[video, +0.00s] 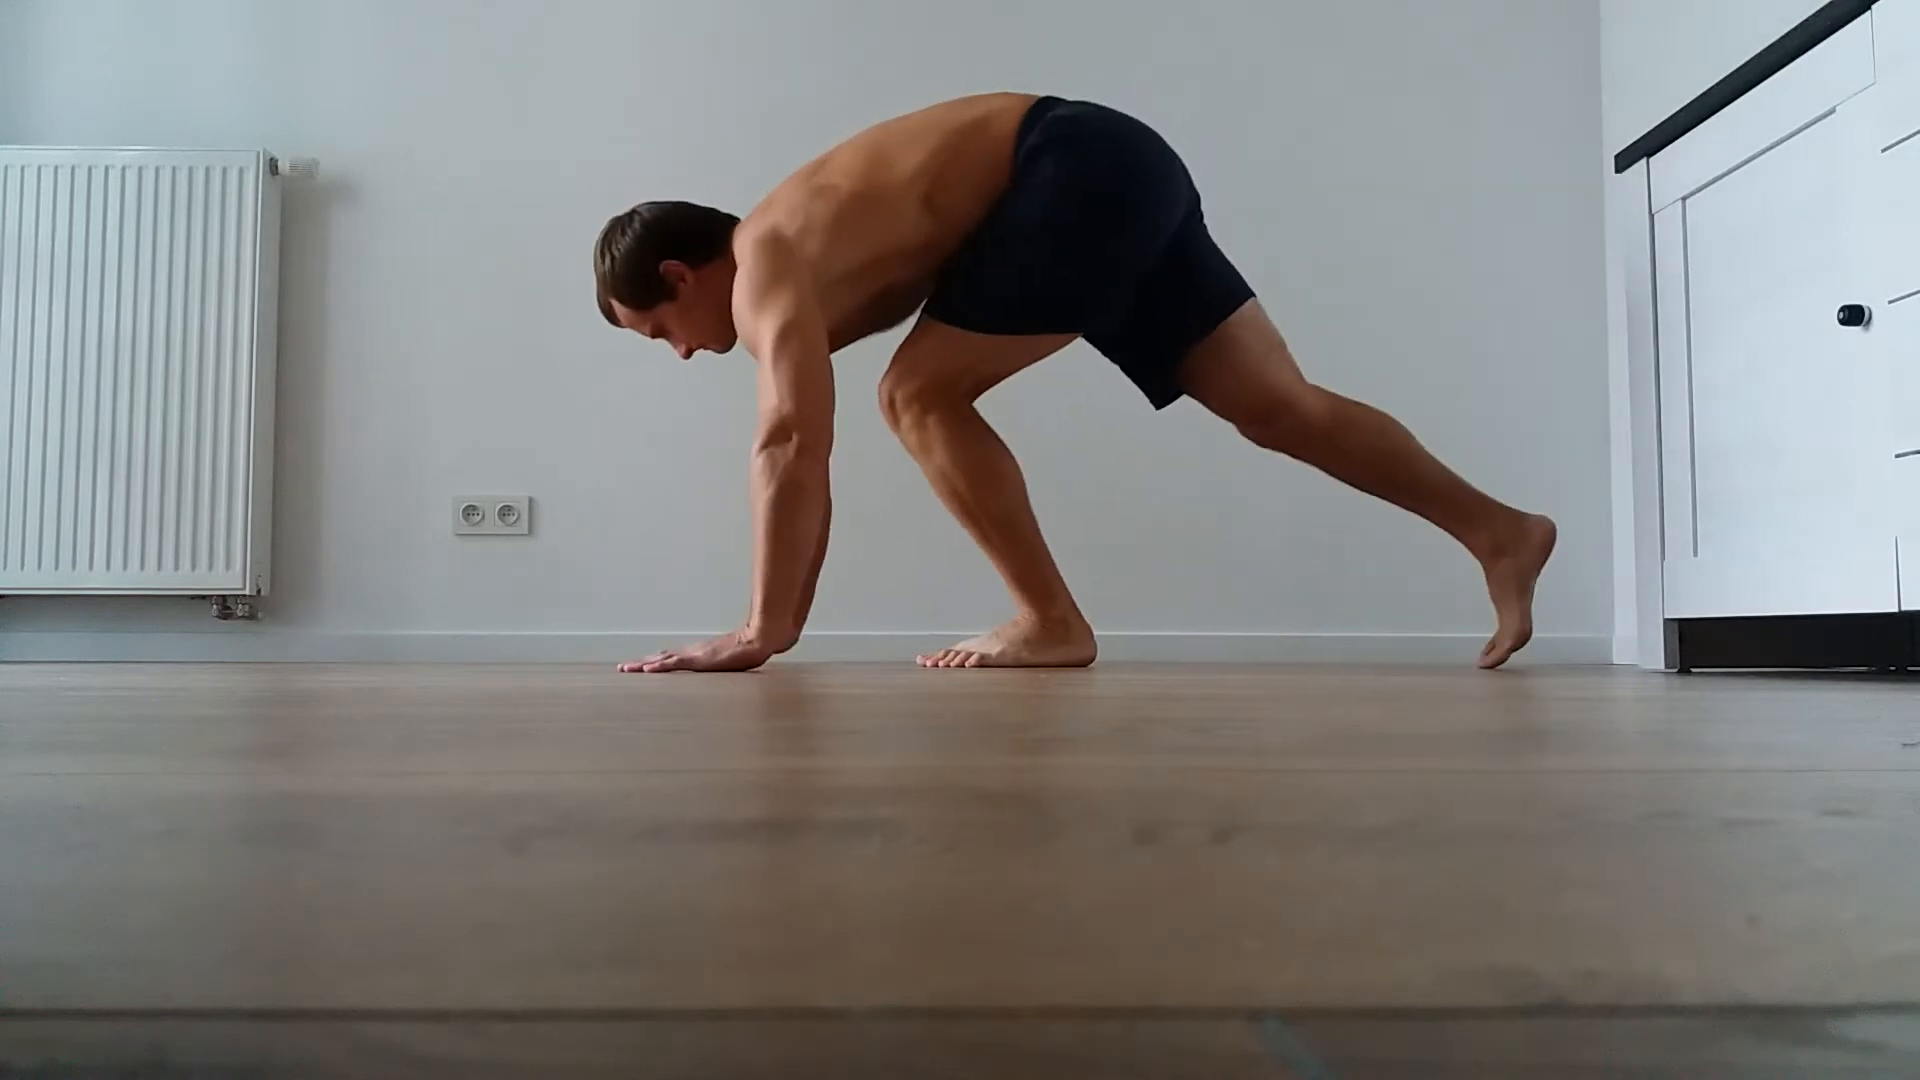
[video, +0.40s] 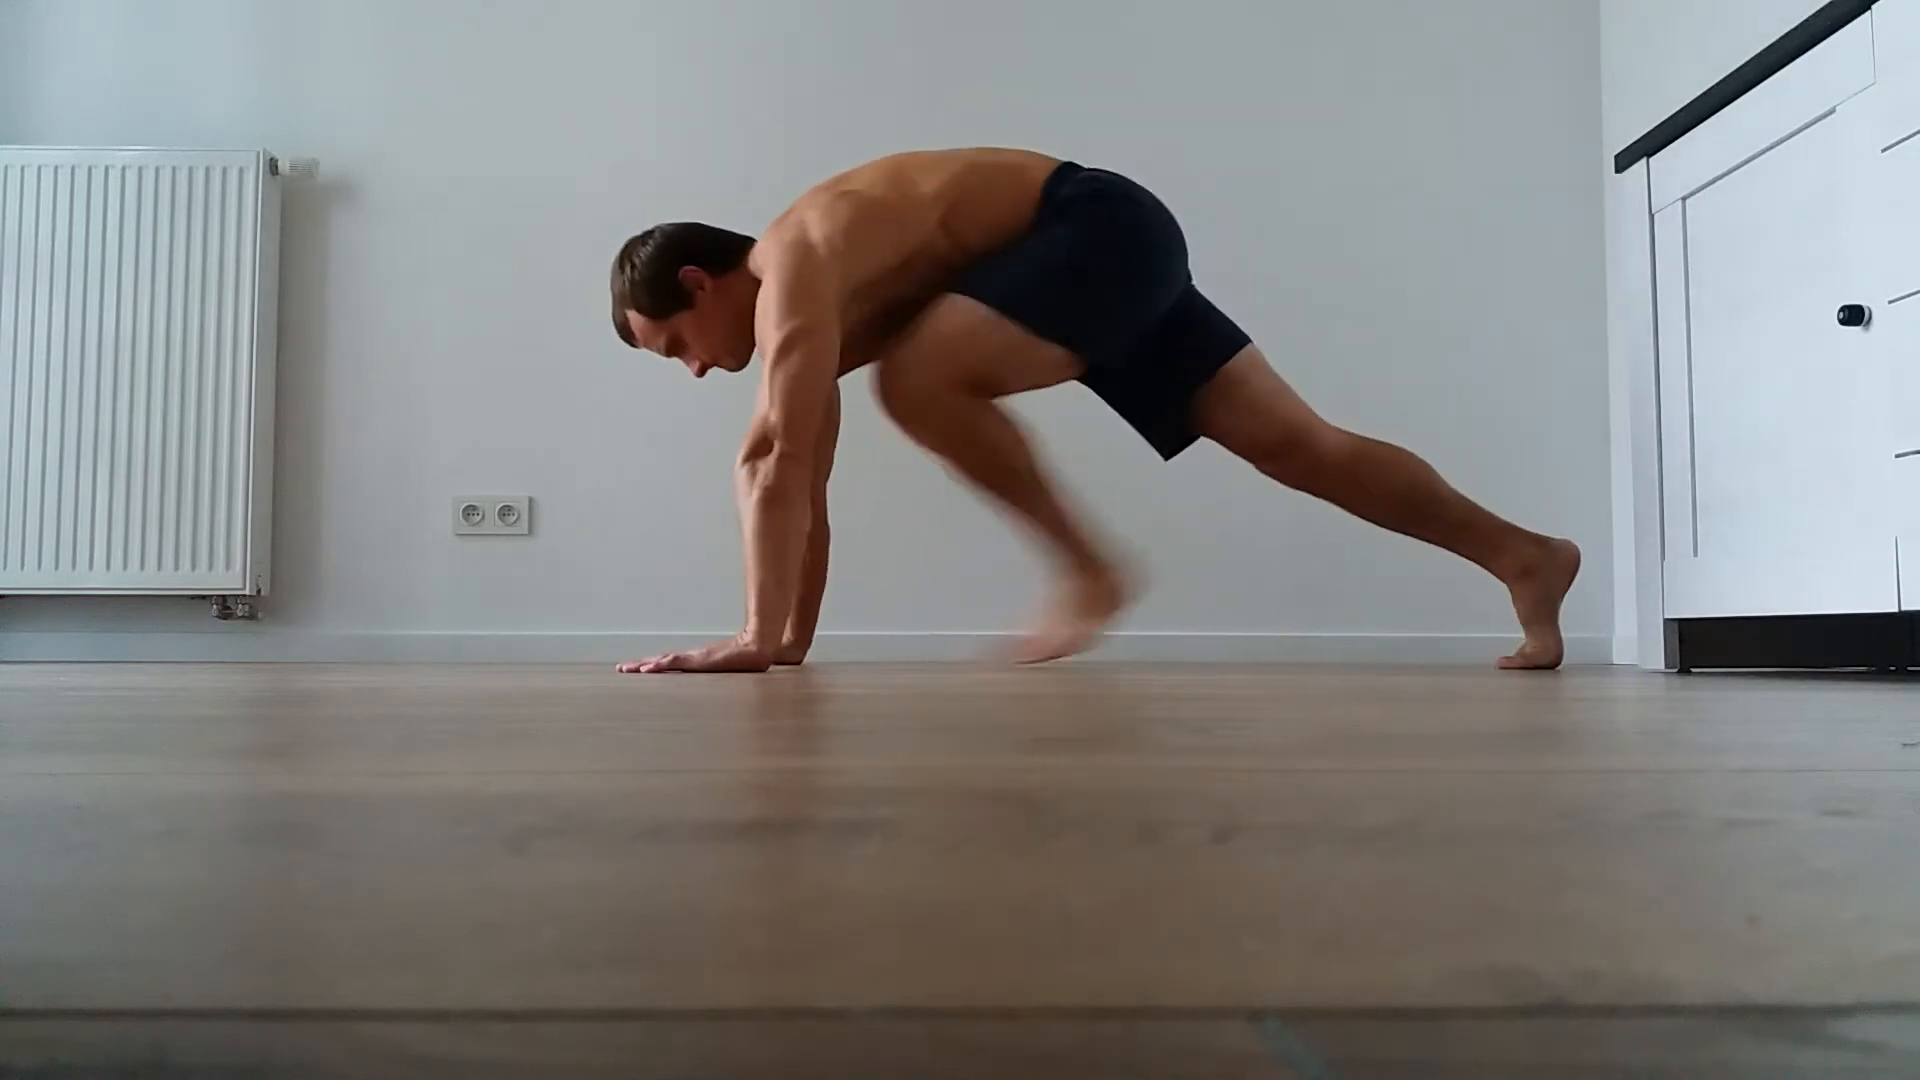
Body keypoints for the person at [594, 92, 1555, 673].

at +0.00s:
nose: (673, 349)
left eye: (657, 329)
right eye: (655, 336)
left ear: (684, 279)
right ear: (697, 265)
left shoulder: (769, 276)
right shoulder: (779, 259)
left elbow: (784, 451)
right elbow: (805, 460)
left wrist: (766, 631)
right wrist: (779, 628)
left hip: (1079, 179)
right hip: (1118, 171)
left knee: (924, 393)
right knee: (1281, 410)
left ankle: (1048, 621)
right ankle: (1500, 533)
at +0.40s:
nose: (688, 364)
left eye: (672, 344)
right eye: (671, 352)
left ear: (699, 288)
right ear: (707, 284)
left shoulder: (795, 265)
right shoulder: (800, 279)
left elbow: (774, 459)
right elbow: (805, 481)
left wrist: (762, 634)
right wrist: (790, 641)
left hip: (1096, 236)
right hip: (1110, 247)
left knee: (912, 384)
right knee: (1305, 450)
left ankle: (1089, 575)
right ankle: (1527, 558)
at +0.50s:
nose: (679, 364)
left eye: (663, 345)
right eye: (662, 353)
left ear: (689, 288)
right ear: (698, 288)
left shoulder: (789, 267)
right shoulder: (796, 293)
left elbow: (768, 461)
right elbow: (797, 476)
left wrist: (762, 631)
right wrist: (794, 637)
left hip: (1101, 237)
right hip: (1102, 260)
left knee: (1045, 454)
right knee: (1301, 454)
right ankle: (1522, 557)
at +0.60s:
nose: (668, 363)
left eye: (653, 344)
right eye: (651, 352)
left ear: (675, 289)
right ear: (682, 283)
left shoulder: (780, 272)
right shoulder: (779, 287)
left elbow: (774, 468)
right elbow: (779, 475)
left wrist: (763, 637)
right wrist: (788, 641)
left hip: (1087, 260)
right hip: (1080, 278)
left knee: (1209, 491)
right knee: (1281, 455)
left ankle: (1436, 481)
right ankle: (1515, 562)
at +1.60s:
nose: (635, 419)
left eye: (621, 400)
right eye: (619, 410)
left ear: (647, 345)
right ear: (653, 348)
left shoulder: (753, 323)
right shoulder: (763, 338)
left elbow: (762, 470)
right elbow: (789, 490)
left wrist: (756, 636)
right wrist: (788, 635)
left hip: (1084, 404)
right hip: (1079, 405)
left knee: (1346, 511)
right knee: (1344, 504)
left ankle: (1599, 557)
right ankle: (1590, 555)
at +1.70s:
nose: (632, 522)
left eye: (615, 502)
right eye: (616, 511)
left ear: (631, 444)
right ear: (647, 445)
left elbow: (758, 461)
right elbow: (811, 525)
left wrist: (761, 633)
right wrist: (780, 645)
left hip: (1075, 467)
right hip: (1066, 481)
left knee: (1346, 544)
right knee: (1341, 544)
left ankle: (1598, 557)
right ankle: (1587, 556)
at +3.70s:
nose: (622, 609)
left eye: (608, 590)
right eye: (603, 599)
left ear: (630, 541)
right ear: (632, 546)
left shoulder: (723, 502)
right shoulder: (734, 516)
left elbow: (709, 462)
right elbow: (798, 610)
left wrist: (765, 637)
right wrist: (736, 647)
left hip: (1064, 542)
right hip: (1054, 544)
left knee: (1357, 575)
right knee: (1352, 572)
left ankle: (1593, 559)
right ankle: (1587, 560)